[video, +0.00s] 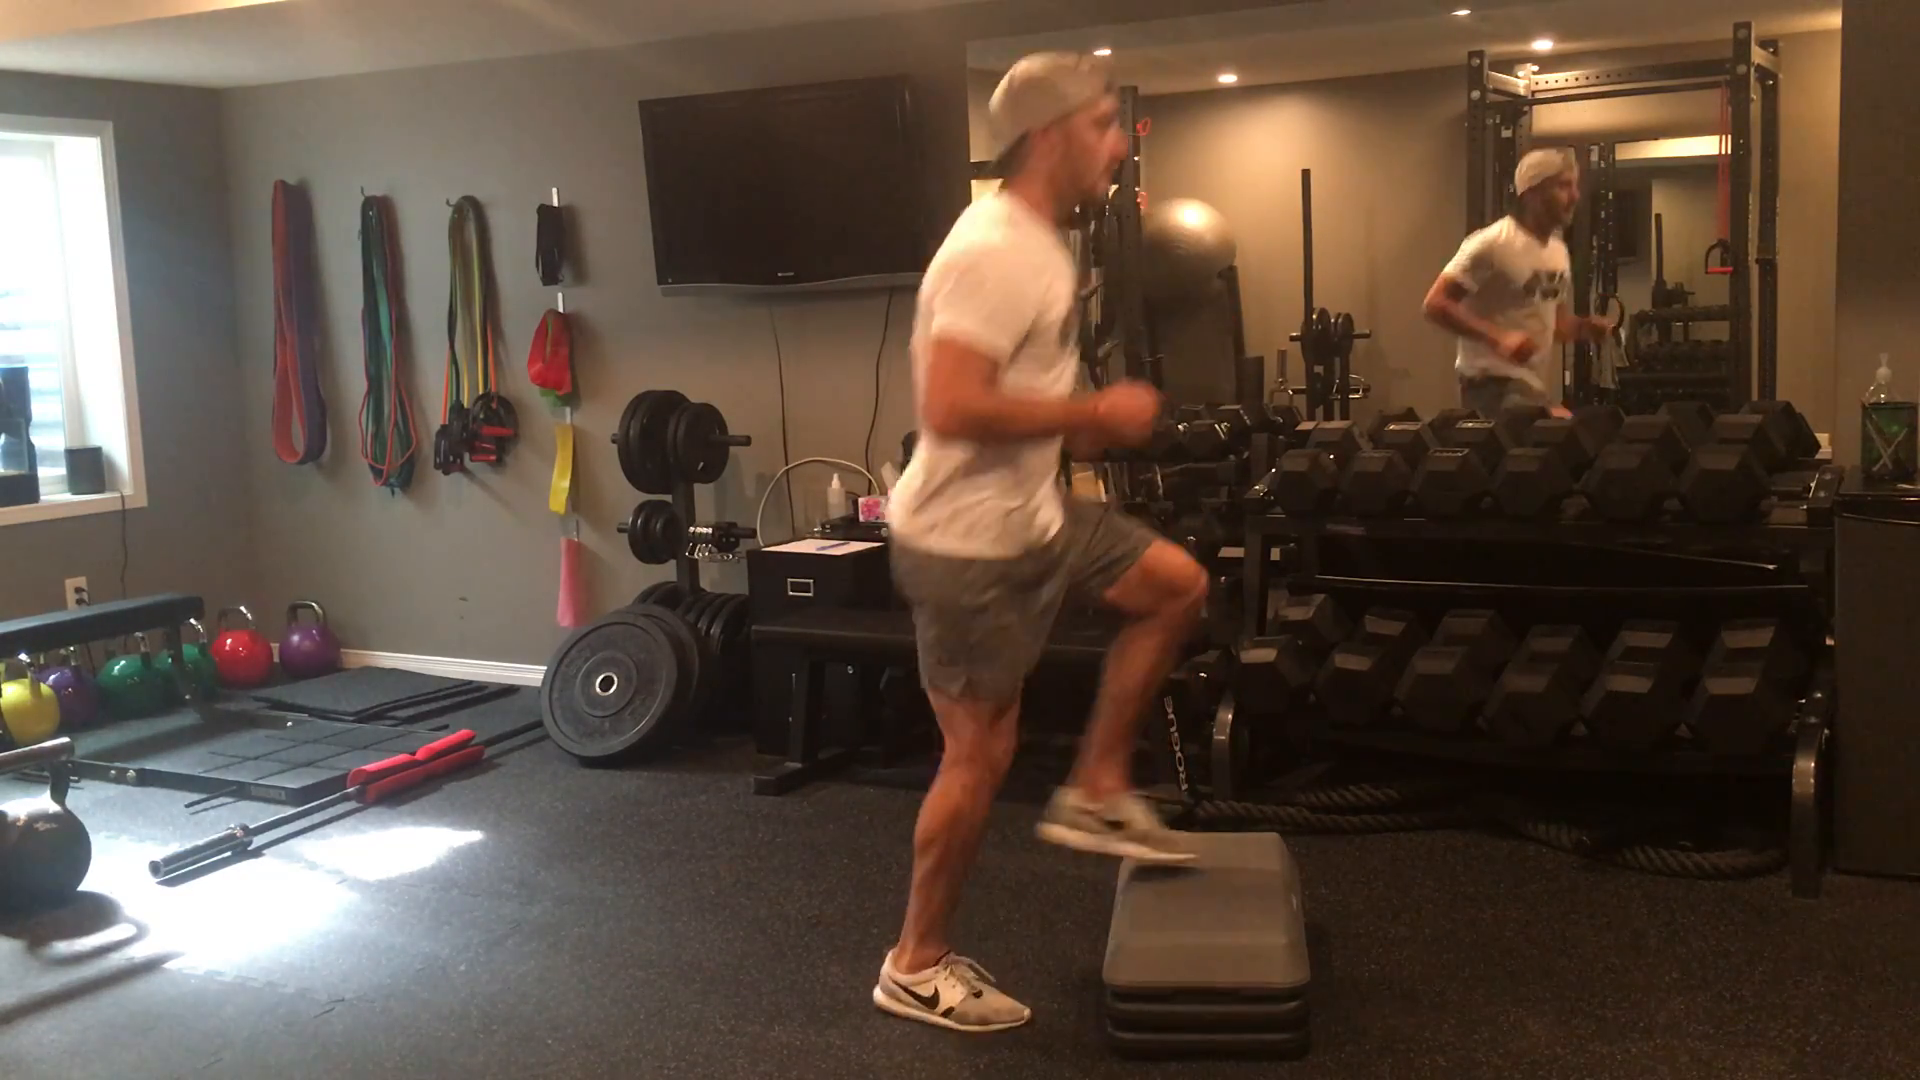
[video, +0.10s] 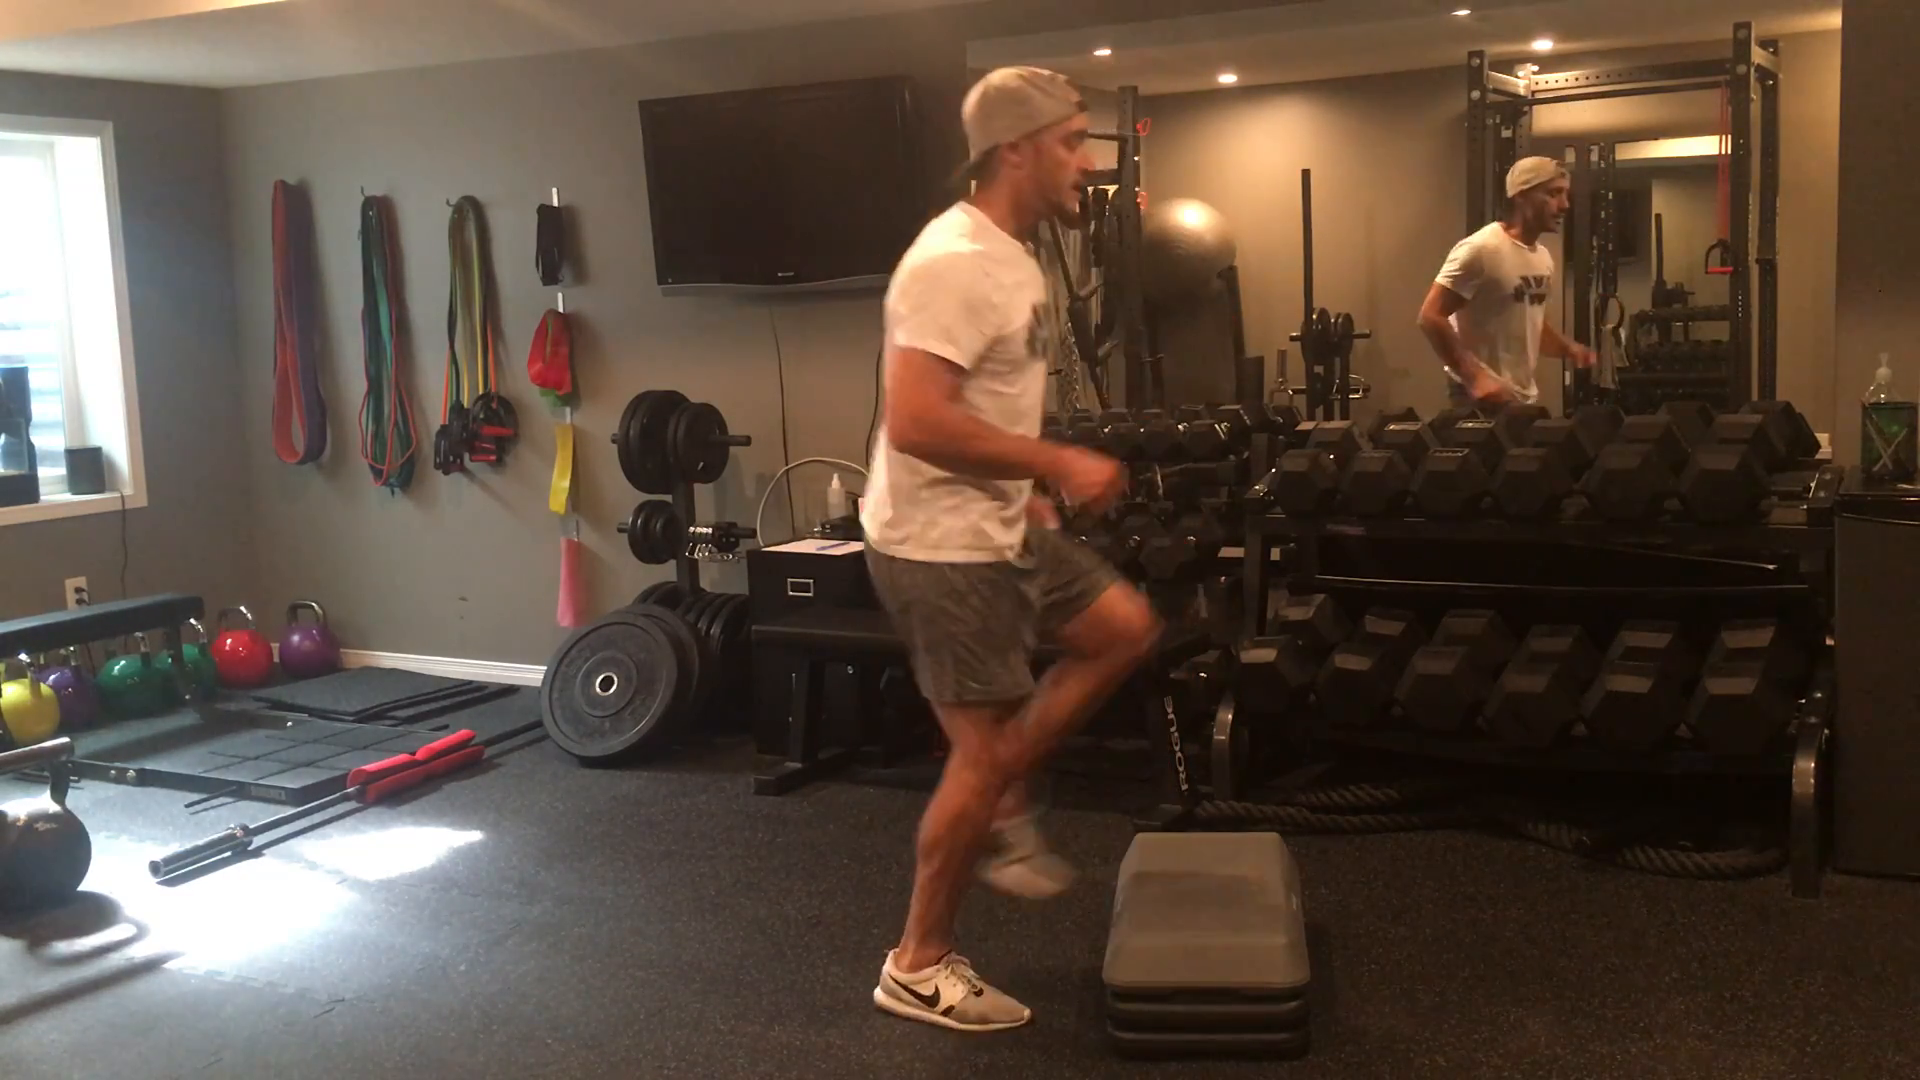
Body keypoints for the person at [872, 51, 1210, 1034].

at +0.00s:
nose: (1119, 142)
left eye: (1116, 123)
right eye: (1104, 124)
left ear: (1051, 140)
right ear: (1047, 139)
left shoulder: (1042, 238)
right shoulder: (988, 248)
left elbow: (1001, 390)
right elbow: (948, 407)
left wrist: (1081, 416)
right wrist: (1090, 412)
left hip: (1034, 512)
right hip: (963, 538)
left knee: (1175, 586)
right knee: (976, 759)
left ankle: (1096, 791)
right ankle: (915, 959)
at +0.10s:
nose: (1088, 162)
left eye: (1085, 143)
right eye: (1074, 142)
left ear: (1020, 155)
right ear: (1016, 152)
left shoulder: (1010, 258)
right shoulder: (948, 259)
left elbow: (976, 403)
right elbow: (912, 422)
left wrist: (1030, 481)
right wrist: (1058, 457)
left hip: (1003, 528)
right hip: (940, 544)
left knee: (1124, 629)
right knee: (988, 752)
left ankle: (997, 794)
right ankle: (917, 959)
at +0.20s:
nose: (1061, 142)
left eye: (1058, 125)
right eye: (1045, 126)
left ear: (998, 138)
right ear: (989, 137)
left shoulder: (992, 242)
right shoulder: (930, 244)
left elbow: (936, 390)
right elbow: (863, 396)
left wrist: (992, 481)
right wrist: (992, 478)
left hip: (974, 527)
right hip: (911, 536)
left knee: (1027, 688)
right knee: (944, 735)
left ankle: (869, 869)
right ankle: (915, 962)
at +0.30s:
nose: (1043, 144)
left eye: (1039, 127)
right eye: (1025, 127)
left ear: (980, 146)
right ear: (969, 144)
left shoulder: (976, 247)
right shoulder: (918, 251)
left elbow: (906, 392)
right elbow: (829, 392)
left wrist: (963, 486)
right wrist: (944, 492)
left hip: (909, 536)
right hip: (890, 541)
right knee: (934, 740)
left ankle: (811, 925)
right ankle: (913, 965)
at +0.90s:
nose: (1056, 154)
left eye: (1054, 137)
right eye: (1040, 137)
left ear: (994, 148)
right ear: (984, 146)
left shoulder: (981, 251)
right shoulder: (925, 250)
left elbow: (916, 398)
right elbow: (834, 392)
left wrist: (1001, 423)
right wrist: (962, 468)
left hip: (938, 533)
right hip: (891, 537)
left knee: (990, 701)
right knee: (932, 740)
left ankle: (845, 879)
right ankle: (907, 965)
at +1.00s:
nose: (1075, 142)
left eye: (1072, 125)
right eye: (1059, 126)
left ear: (1012, 140)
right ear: (999, 138)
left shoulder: (998, 243)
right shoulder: (948, 249)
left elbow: (940, 398)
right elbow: (885, 407)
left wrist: (1009, 477)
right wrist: (1013, 476)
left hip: (976, 524)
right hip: (913, 533)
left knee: (1072, 652)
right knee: (923, 746)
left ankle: (930, 811)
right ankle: (906, 965)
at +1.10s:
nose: (1101, 142)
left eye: (1096, 124)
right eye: (1084, 125)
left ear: (1032, 144)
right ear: (1025, 142)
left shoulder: (1008, 238)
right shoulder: (978, 251)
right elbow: (945, 414)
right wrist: (1075, 462)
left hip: (1005, 518)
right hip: (940, 534)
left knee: (1138, 612)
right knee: (931, 750)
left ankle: (1033, 801)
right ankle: (910, 962)